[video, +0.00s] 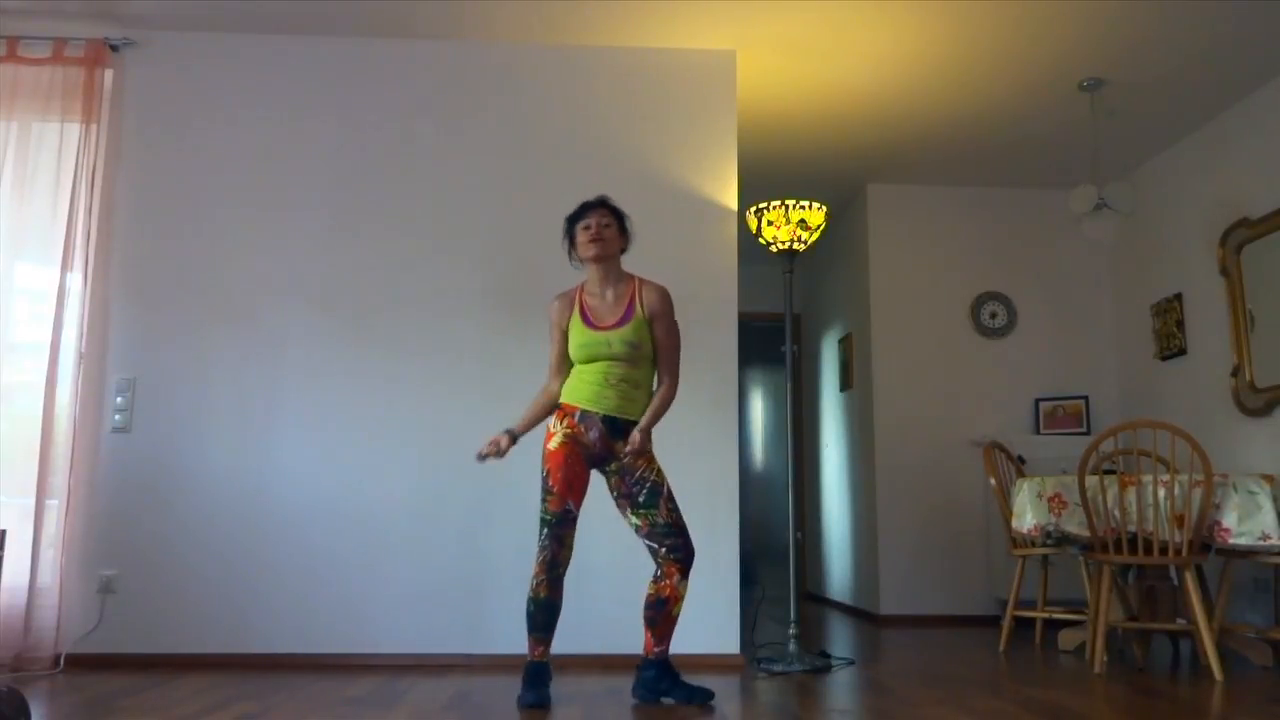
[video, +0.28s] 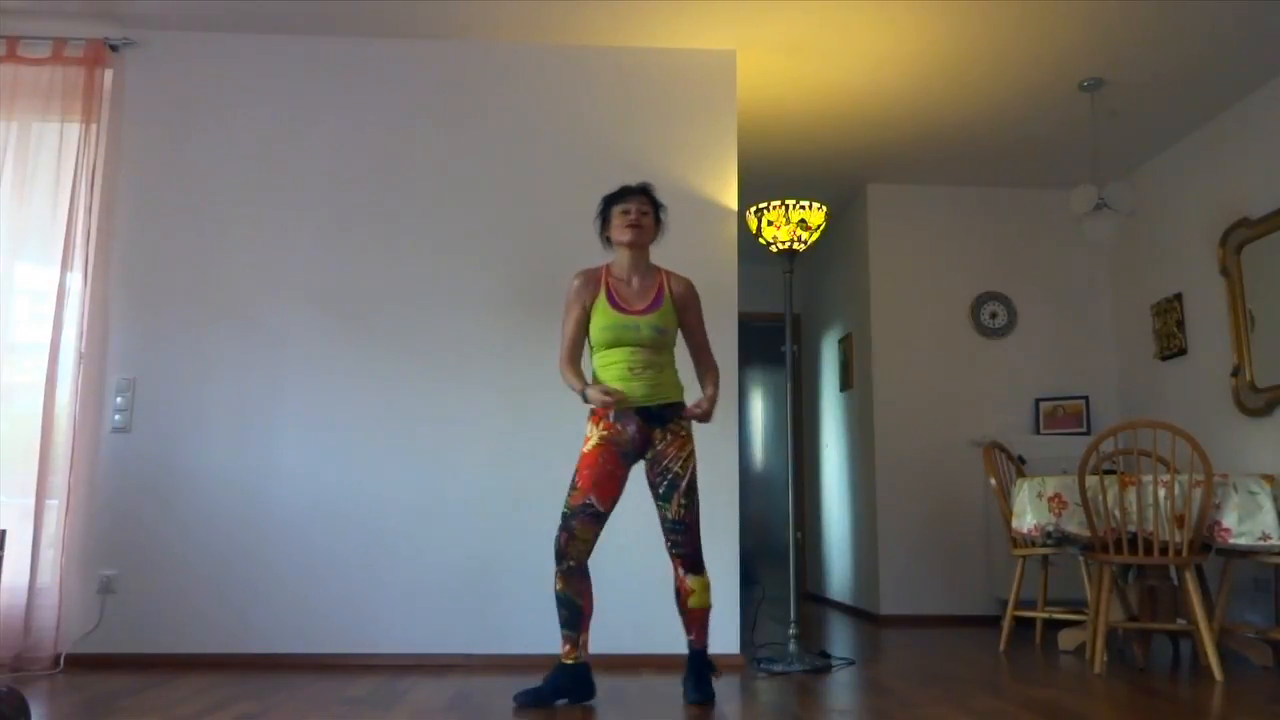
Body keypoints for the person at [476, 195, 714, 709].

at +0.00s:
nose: (596, 232)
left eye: (606, 225)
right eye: (586, 228)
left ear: (624, 238)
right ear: (573, 245)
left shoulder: (651, 297)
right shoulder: (565, 305)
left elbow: (668, 380)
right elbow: (555, 383)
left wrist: (644, 427)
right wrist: (512, 431)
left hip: (625, 436)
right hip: (569, 430)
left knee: (676, 552)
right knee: (553, 549)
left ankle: (654, 669)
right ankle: (536, 672)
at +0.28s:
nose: (635, 217)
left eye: (644, 212)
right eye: (625, 211)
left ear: (657, 228)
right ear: (606, 227)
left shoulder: (678, 289)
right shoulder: (587, 285)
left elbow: (704, 359)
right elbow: (568, 362)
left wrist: (710, 395)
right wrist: (588, 389)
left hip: (669, 425)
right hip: (610, 426)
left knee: (685, 546)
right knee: (570, 544)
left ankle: (699, 664)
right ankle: (573, 669)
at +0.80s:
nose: (612, 217)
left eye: (623, 211)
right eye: (602, 213)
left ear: (639, 226)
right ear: (588, 230)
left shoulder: (661, 286)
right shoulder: (572, 285)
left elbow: (684, 366)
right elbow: (541, 352)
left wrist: (651, 390)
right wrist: (517, 381)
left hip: (635, 428)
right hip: (577, 424)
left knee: (679, 543)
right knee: (557, 541)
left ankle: (657, 665)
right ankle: (529, 667)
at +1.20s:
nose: (636, 213)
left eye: (645, 207)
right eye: (626, 207)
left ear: (656, 222)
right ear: (606, 223)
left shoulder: (678, 284)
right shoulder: (588, 283)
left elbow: (714, 355)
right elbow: (569, 361)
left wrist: (710, 395)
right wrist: (599, 383)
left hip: (664, 421)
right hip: (605, 421)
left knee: (676, 541)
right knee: (571, 540)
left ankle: (685, 662)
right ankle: (559, 664)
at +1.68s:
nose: (640, 220)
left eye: (650, 217)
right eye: (632, 211)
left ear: (657, 233)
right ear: (608, 222)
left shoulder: (666, 291)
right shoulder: (577, 279)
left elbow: (681, 370)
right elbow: (534, 352)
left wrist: (678, 433)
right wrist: (549, 318)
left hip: (650, 421)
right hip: (588, 419)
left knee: (671, 541)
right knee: (563, 539)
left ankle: (679, 660)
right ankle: (542, 663)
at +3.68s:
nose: (628, 218)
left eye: (638, 211)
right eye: (618, 209)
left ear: (651, 221)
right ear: (598, 219)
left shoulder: (672, 281)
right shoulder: (582, 279)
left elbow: (693, 365)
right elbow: (506, 308)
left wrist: (665, 427)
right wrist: (507, 246)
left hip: (656, 421)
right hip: (595, 420)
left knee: (690, 543)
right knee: (574, 542)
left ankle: (700, 656)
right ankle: (546, 667)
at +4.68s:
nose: (670, 212)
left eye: (680, 206)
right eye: (660, 206)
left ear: (695, 221)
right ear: (644, 221)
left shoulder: (713, 279)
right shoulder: (624, 264)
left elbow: (746, 322)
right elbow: (555, 260)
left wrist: (734, 369)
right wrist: (545, 266)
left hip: (684, 424)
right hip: (624, 420)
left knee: (704, 545)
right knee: (584, 539)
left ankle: (702, 666)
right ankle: (559, 661)